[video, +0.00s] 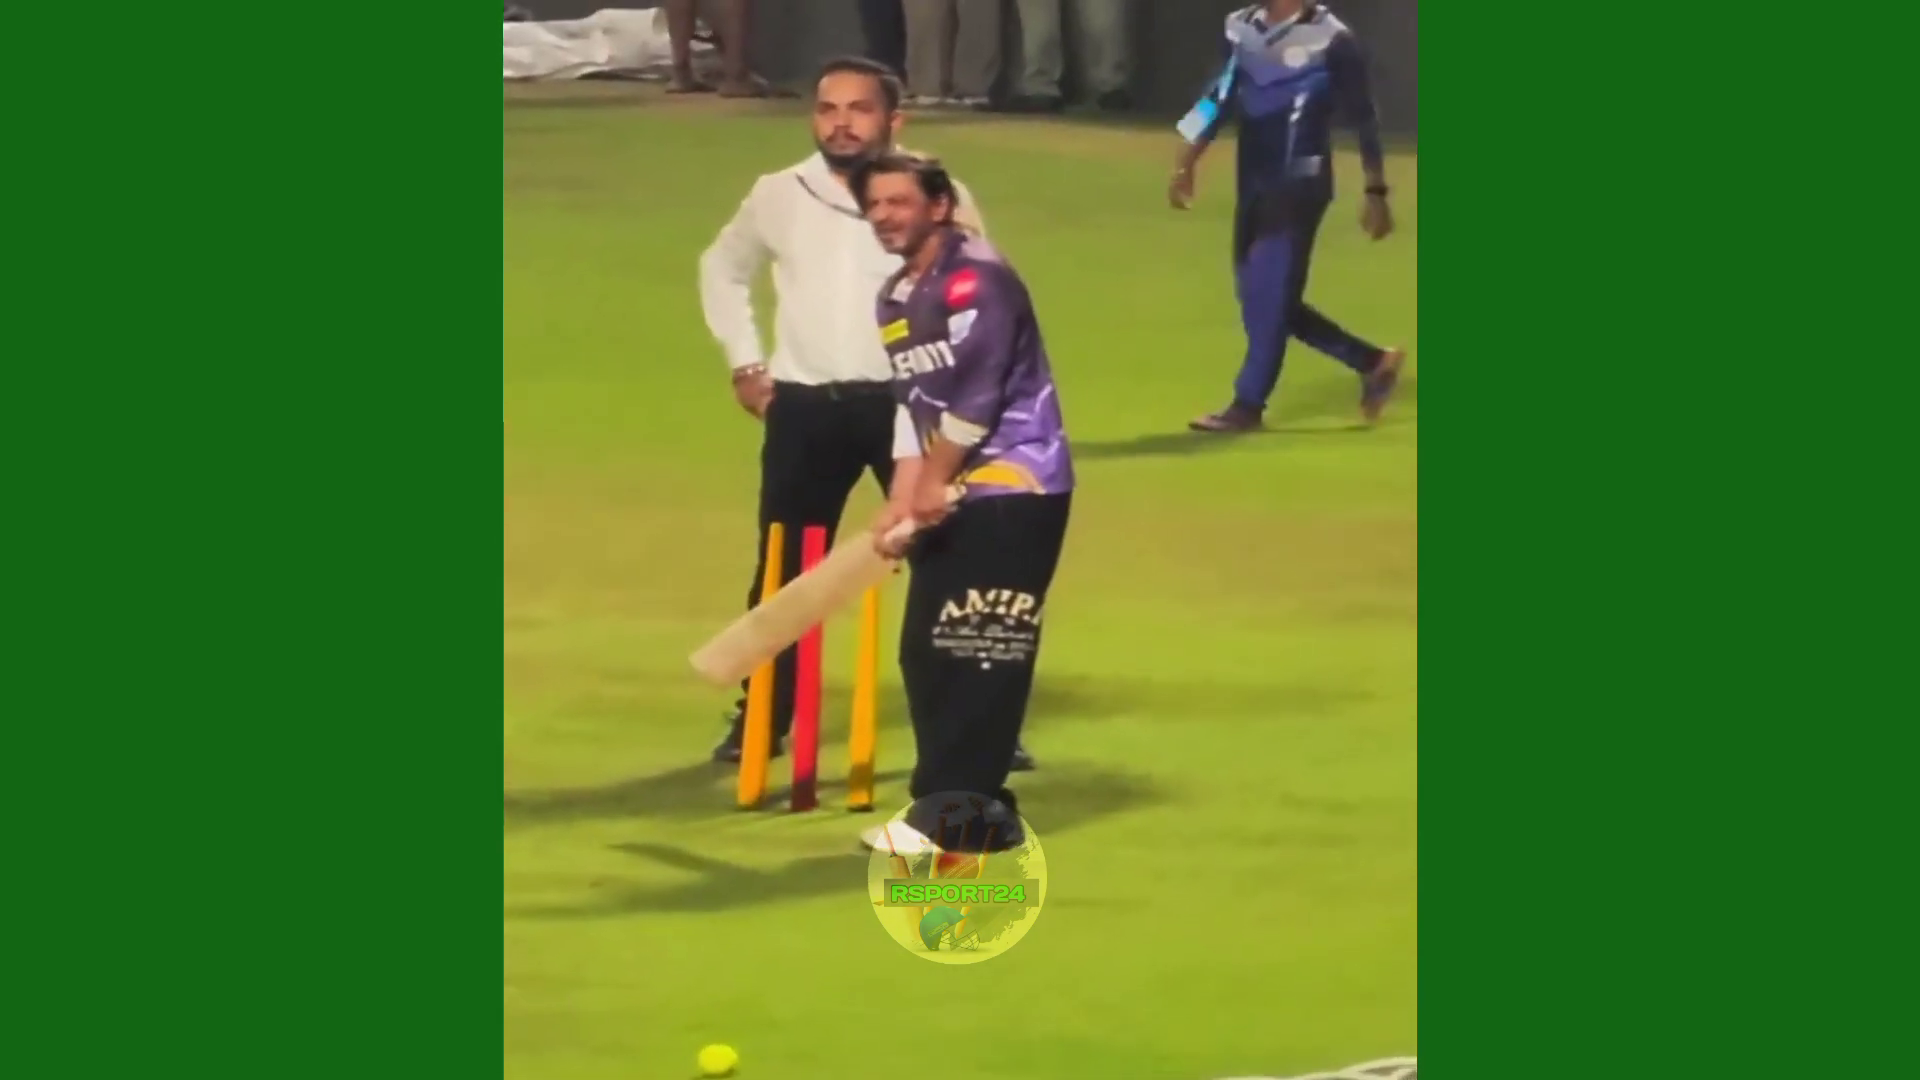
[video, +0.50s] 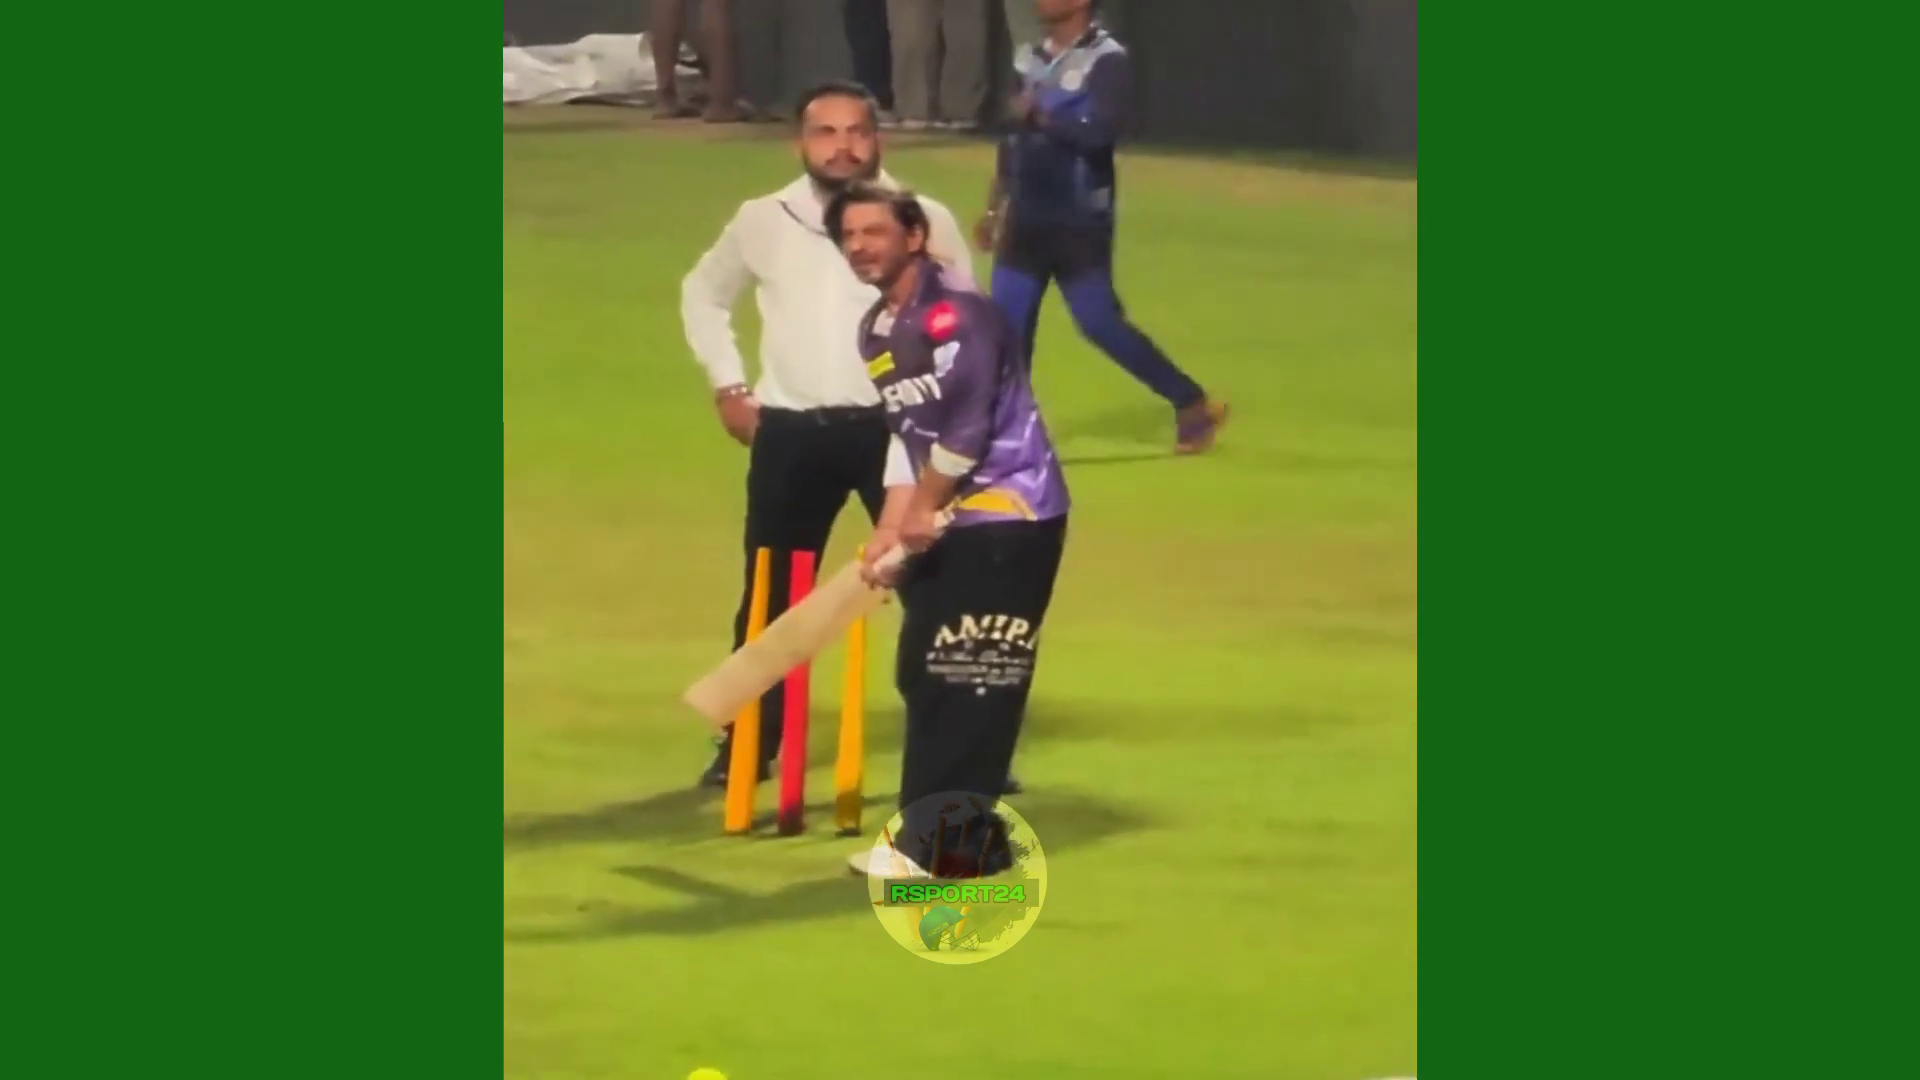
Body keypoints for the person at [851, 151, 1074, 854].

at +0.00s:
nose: (884, 217)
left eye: (899, 204)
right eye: (874, 205)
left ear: (941, 208)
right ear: (867, 213)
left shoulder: (982, 285)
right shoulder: (892, 301)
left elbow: (976, 413)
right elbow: (919, 414)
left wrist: (926, 492)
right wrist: (900, 506)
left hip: (1015, 488)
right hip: (958, 490)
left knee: (982, 647)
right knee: (928, 646)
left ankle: (962, 812)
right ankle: (942, 804)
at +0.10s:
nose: (874, 224)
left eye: (889, 210)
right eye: (865, 211)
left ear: (932, 214)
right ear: (859, 217)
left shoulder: (973, 291)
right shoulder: (886, 308)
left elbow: (971, 415)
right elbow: (914, 419)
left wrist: (922, 496)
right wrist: (899, 510)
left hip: (1011, 494)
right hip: (954, 496)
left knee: (977, 654)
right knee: (922, 652)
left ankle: (957, 817)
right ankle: (933, 810)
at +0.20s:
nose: (870, 229)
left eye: (885, 215)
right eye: (861, 216)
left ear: (927, 217)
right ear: (855, 224)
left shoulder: (973, 298)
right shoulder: (885, 312)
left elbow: (969, 425)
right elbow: (917, 425)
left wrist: (919, 508)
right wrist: (900, 518)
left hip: (1014, 498)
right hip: (956, 500)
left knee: (979, 657)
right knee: (928, 655)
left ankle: (958, 819)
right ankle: (931, 812)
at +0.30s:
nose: (861, 239)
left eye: (875, 225)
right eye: (852, 227)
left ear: (917, 228)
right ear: (845, 234)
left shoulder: (966, 307)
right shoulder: (878, 322)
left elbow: (964, 434)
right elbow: (912, 435)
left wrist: (915, 515)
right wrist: (892, 528)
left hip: (1008, 506)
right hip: (952, 508)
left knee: (973, 667)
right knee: (924, 664)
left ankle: (951, 830)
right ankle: (922, 822)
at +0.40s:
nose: (863, 242)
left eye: (877, 227)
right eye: (854, 230)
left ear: (918, 229)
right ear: (846, 239)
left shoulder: (969, 309)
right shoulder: (881, 324)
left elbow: (969, 434)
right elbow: (916, 435)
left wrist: (922, 516)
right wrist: (897, 529)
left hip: (1013, 508)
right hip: (955, 509)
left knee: (977, 669)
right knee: (930, 667)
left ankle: (953, 830)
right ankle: (928, 822)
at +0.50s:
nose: (859, 248)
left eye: (873, 234)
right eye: (849, 236)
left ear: (913, 236)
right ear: (841, 246)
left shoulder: (965, 317)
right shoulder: (874, 332)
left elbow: (968, 439)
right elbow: (915, 442)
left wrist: (919, 517)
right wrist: (889, 535)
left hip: (1010, 514)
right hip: (950, 517)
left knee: (974, 675)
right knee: (925, 671)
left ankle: (949, 836)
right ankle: (922, 826)